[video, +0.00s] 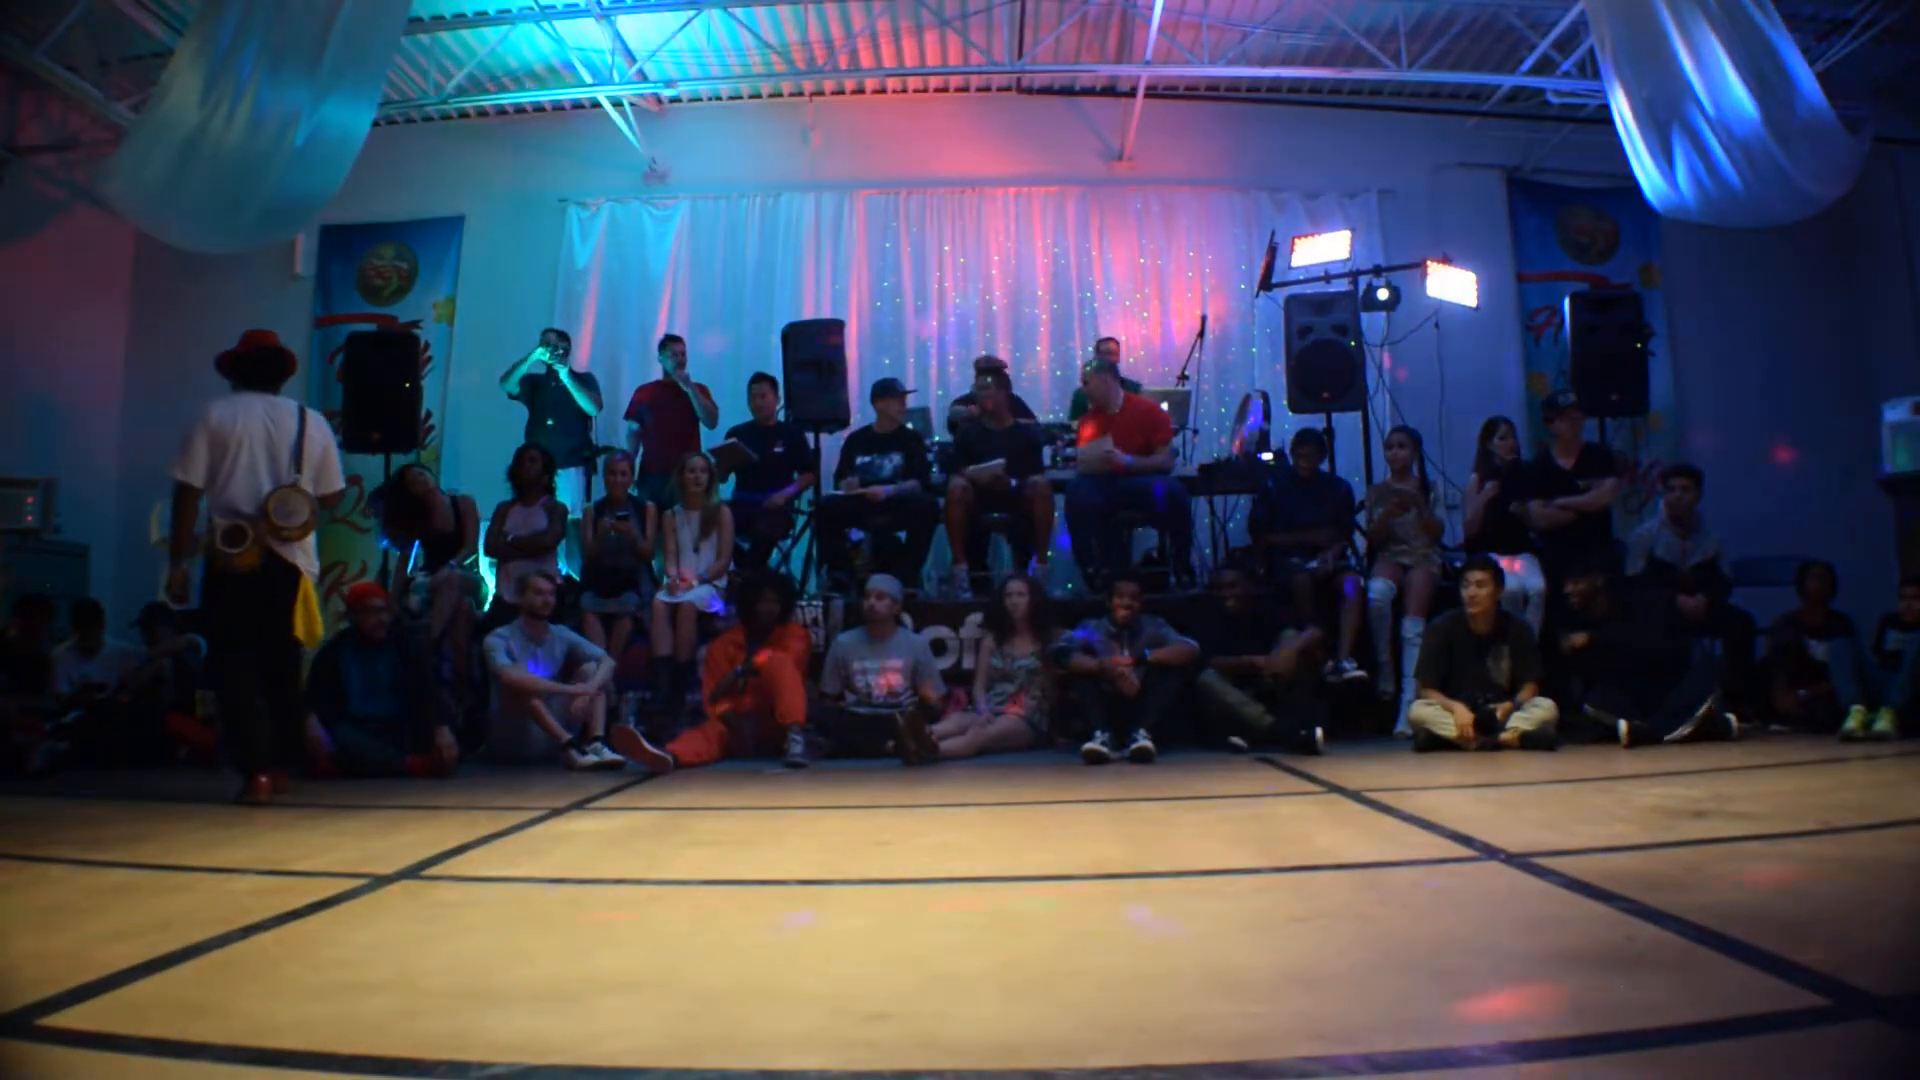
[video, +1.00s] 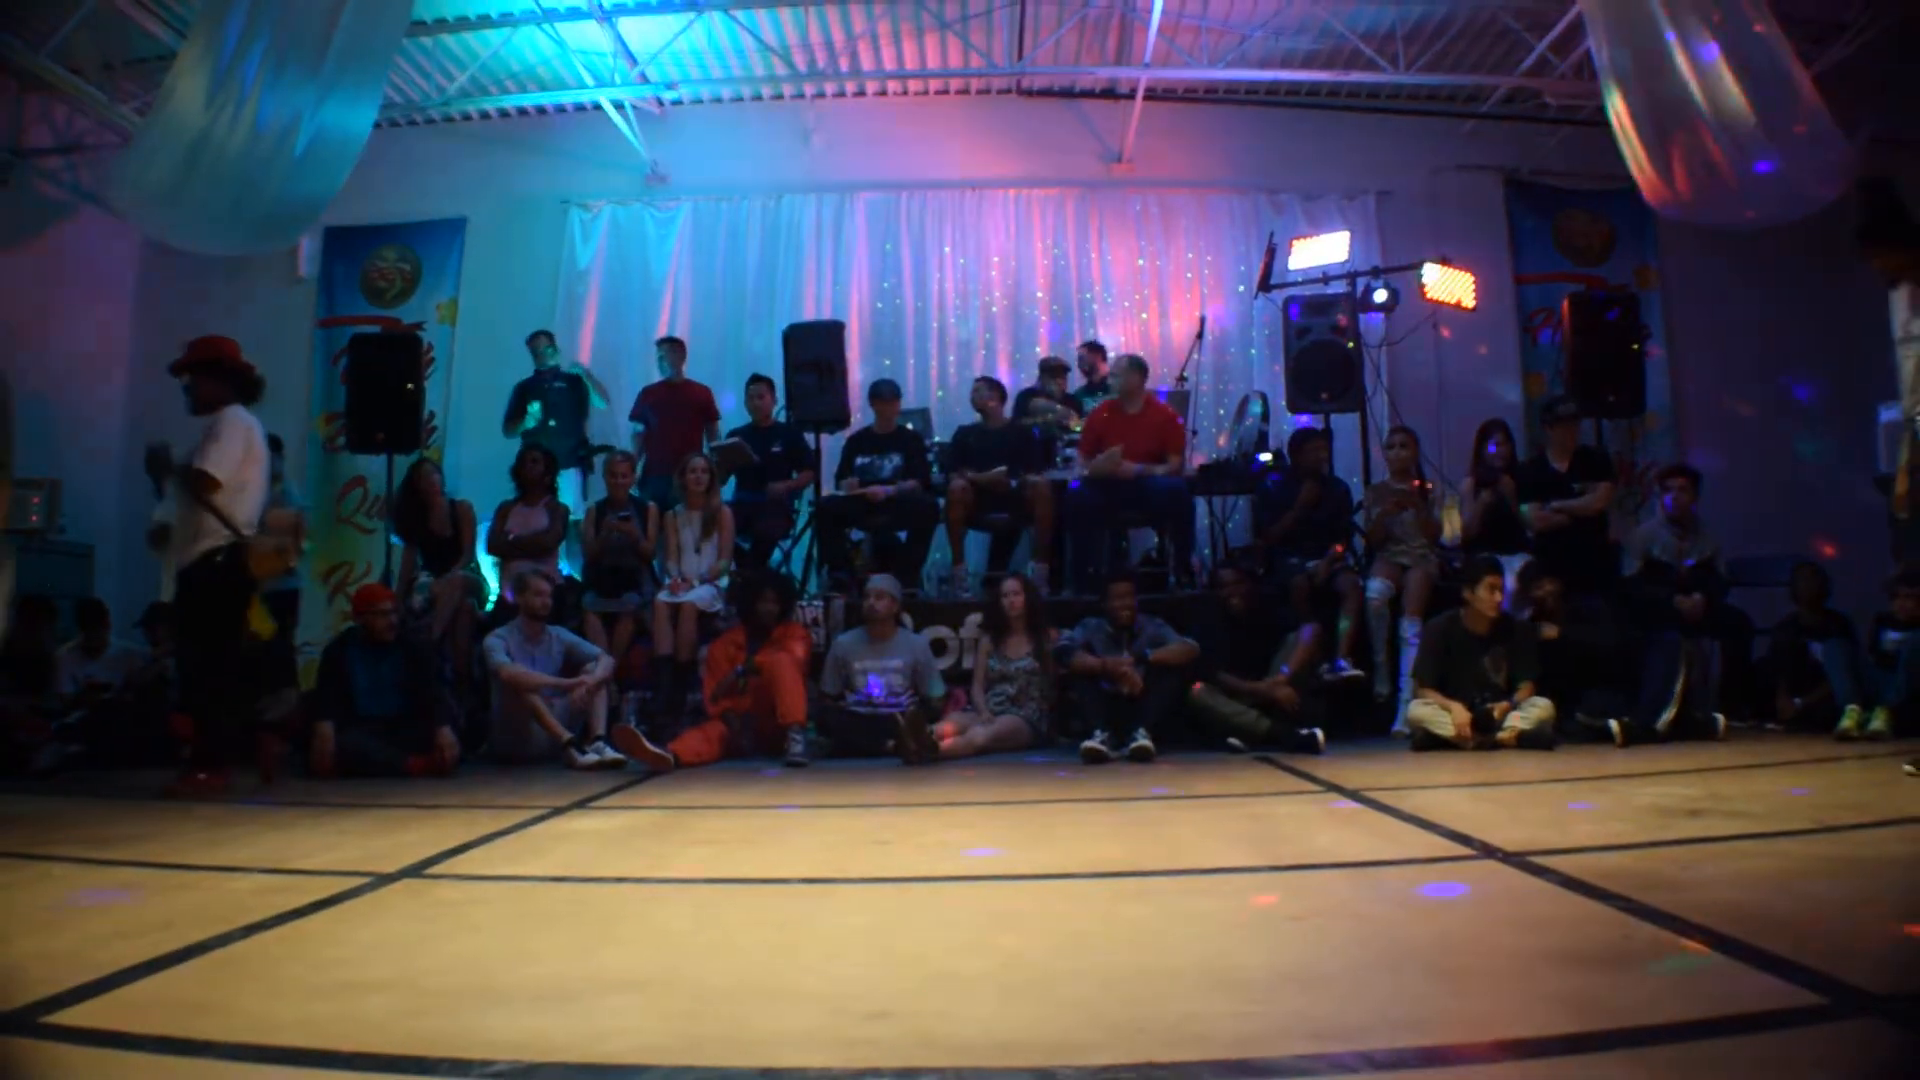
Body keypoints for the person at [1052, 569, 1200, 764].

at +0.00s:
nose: (1127, 603)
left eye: (1133, 598)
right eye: (1120, 597)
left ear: (1140, 603)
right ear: (1110, 601)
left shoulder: (1151, 627)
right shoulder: (1093, 629)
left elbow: (1190, 650)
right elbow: (1060, 653)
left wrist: (1141, 658)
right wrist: (1106, 667)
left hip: (1144, 700)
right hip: (1105, 701)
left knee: (1167, 669)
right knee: (1085, 673)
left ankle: (1142, 733)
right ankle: (1101, 734)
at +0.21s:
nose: (1129, 602)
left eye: (1135, 597)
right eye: (1122, 596)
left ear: (1142, 602)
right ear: (1111, 601)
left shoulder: (1153, 627)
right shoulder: (1093, 628)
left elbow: (1191, 649)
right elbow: (1065, 653)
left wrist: (1141, 659)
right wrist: (1110, 668)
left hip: (1145, 699)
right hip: (1105, 700)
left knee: (1168, 669)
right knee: (1086, 675)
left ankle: (1142, 733)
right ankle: (1101, 734)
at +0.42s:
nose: (1124, 602)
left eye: (1130, 597)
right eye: (1118, 597)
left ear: (1138, 602)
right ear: (1109, 601)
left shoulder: (1152, 627)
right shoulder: (1094, 628)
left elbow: (1191, 649)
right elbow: (1063, 652)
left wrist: (1143, 658)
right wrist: (1111, 668)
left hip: (1143, 699)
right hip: (1104, 700)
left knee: (1168, 669)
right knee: (1086, 671)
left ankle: (1143, 733)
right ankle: (1101, 734)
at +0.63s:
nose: (1120, 601)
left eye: (1126, 595)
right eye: (1115, 595)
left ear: (1137, 600)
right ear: (1107, 599)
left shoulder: (1152, 627)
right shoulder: (1093, 628)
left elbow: (1191, 649)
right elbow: (1065, 653)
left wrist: (1143, 658)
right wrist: (1111, 668)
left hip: (1143, 700)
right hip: (1104, 700)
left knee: (1165, 669)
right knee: (1086, 672)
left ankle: (1143, 733)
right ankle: (1100, 735)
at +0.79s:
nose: (1117, 601)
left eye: (1124, 595)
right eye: (1111, 595)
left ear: (1134, 599)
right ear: (1104, 600)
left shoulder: (1151, 627)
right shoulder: (1092, 628)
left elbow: (1191, 649)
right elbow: (1063, 653)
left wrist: (1142, 658)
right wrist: (1111, 666)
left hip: (1145, 700)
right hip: (1104, 702)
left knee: (1169, 669)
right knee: (1083, 674)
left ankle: (1142, 733)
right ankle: (1101, 734)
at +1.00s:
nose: (1125, 604)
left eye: (1129, 597)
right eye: (1119, 598)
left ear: (1135, 600)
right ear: (1106, 603)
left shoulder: (1150, 627)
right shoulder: (1092, 628)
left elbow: (1190, 649)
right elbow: (1063, 653)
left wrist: (1142, 659)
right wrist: (1111, 668)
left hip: (1143, 702)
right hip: (1103, 702)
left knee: (1166, 671)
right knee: (1084, 676)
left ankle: (1142, 733)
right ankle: (1100, 734)